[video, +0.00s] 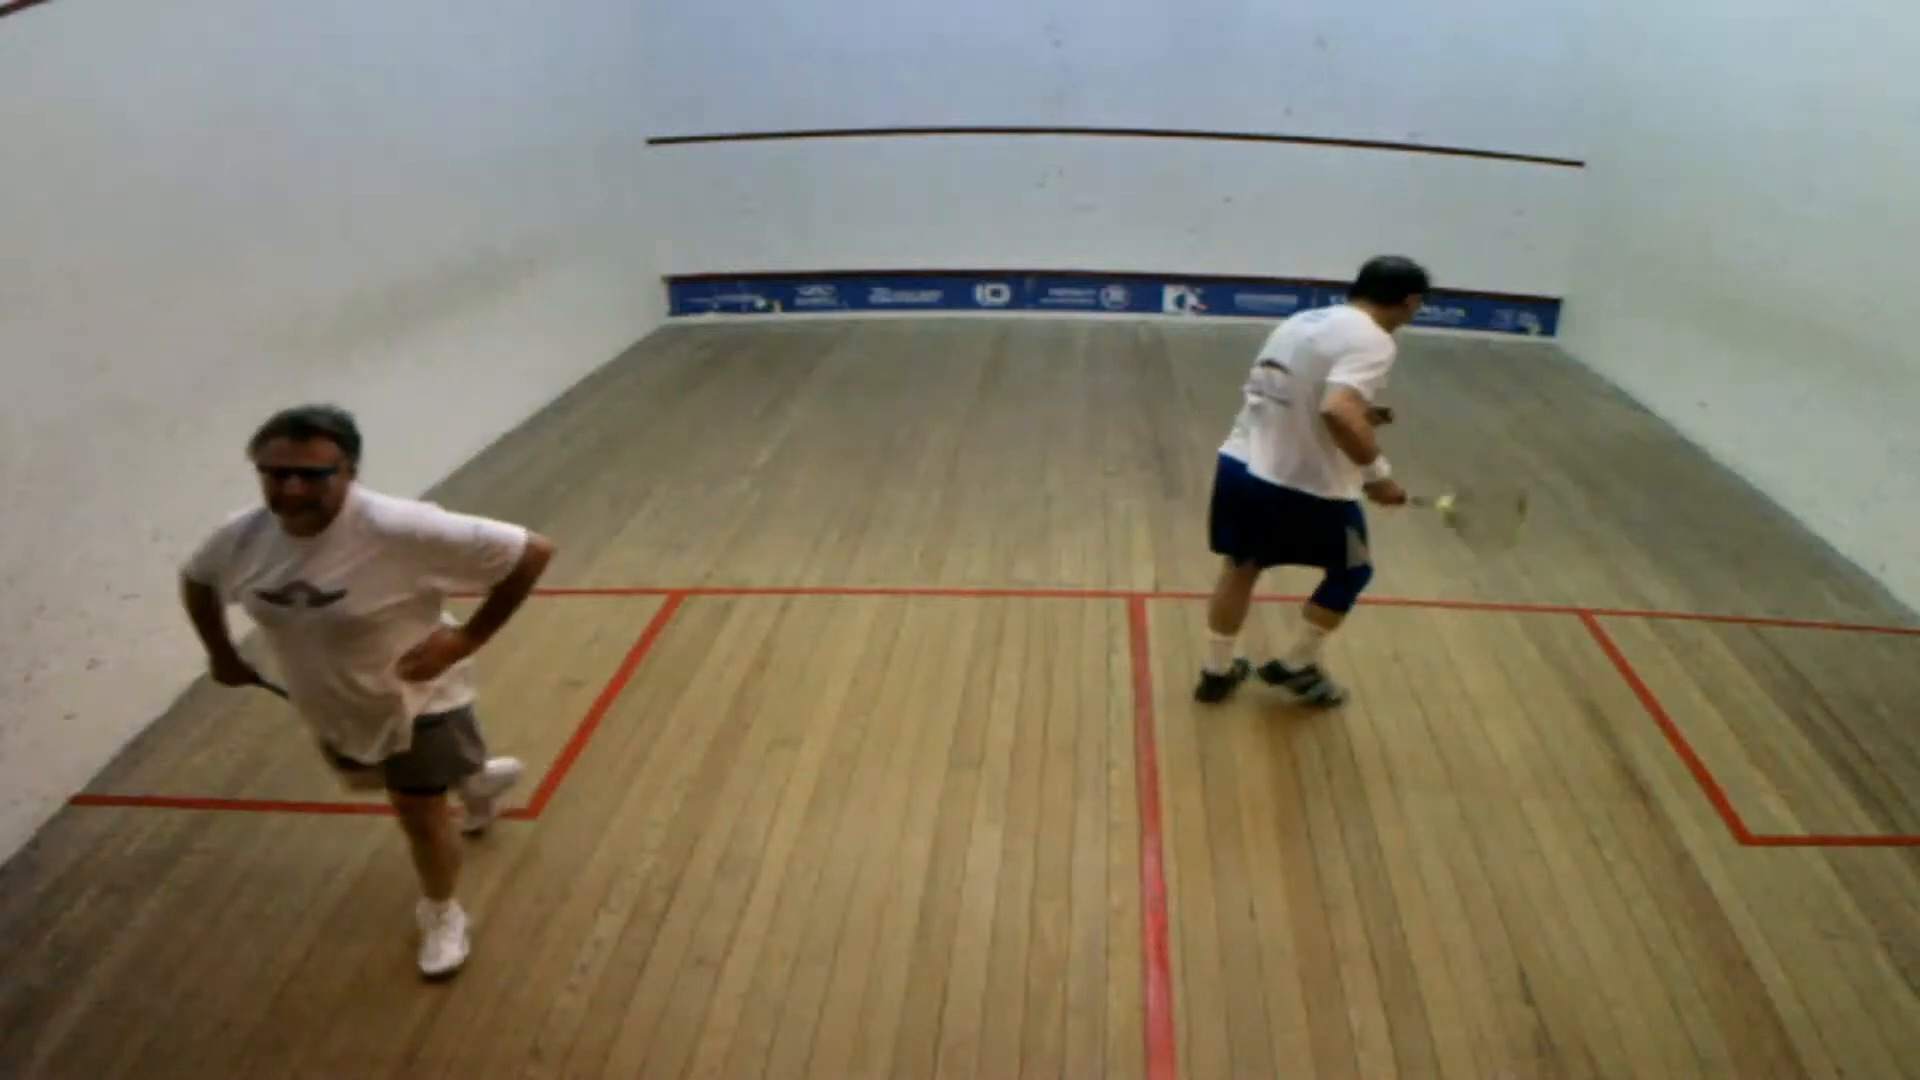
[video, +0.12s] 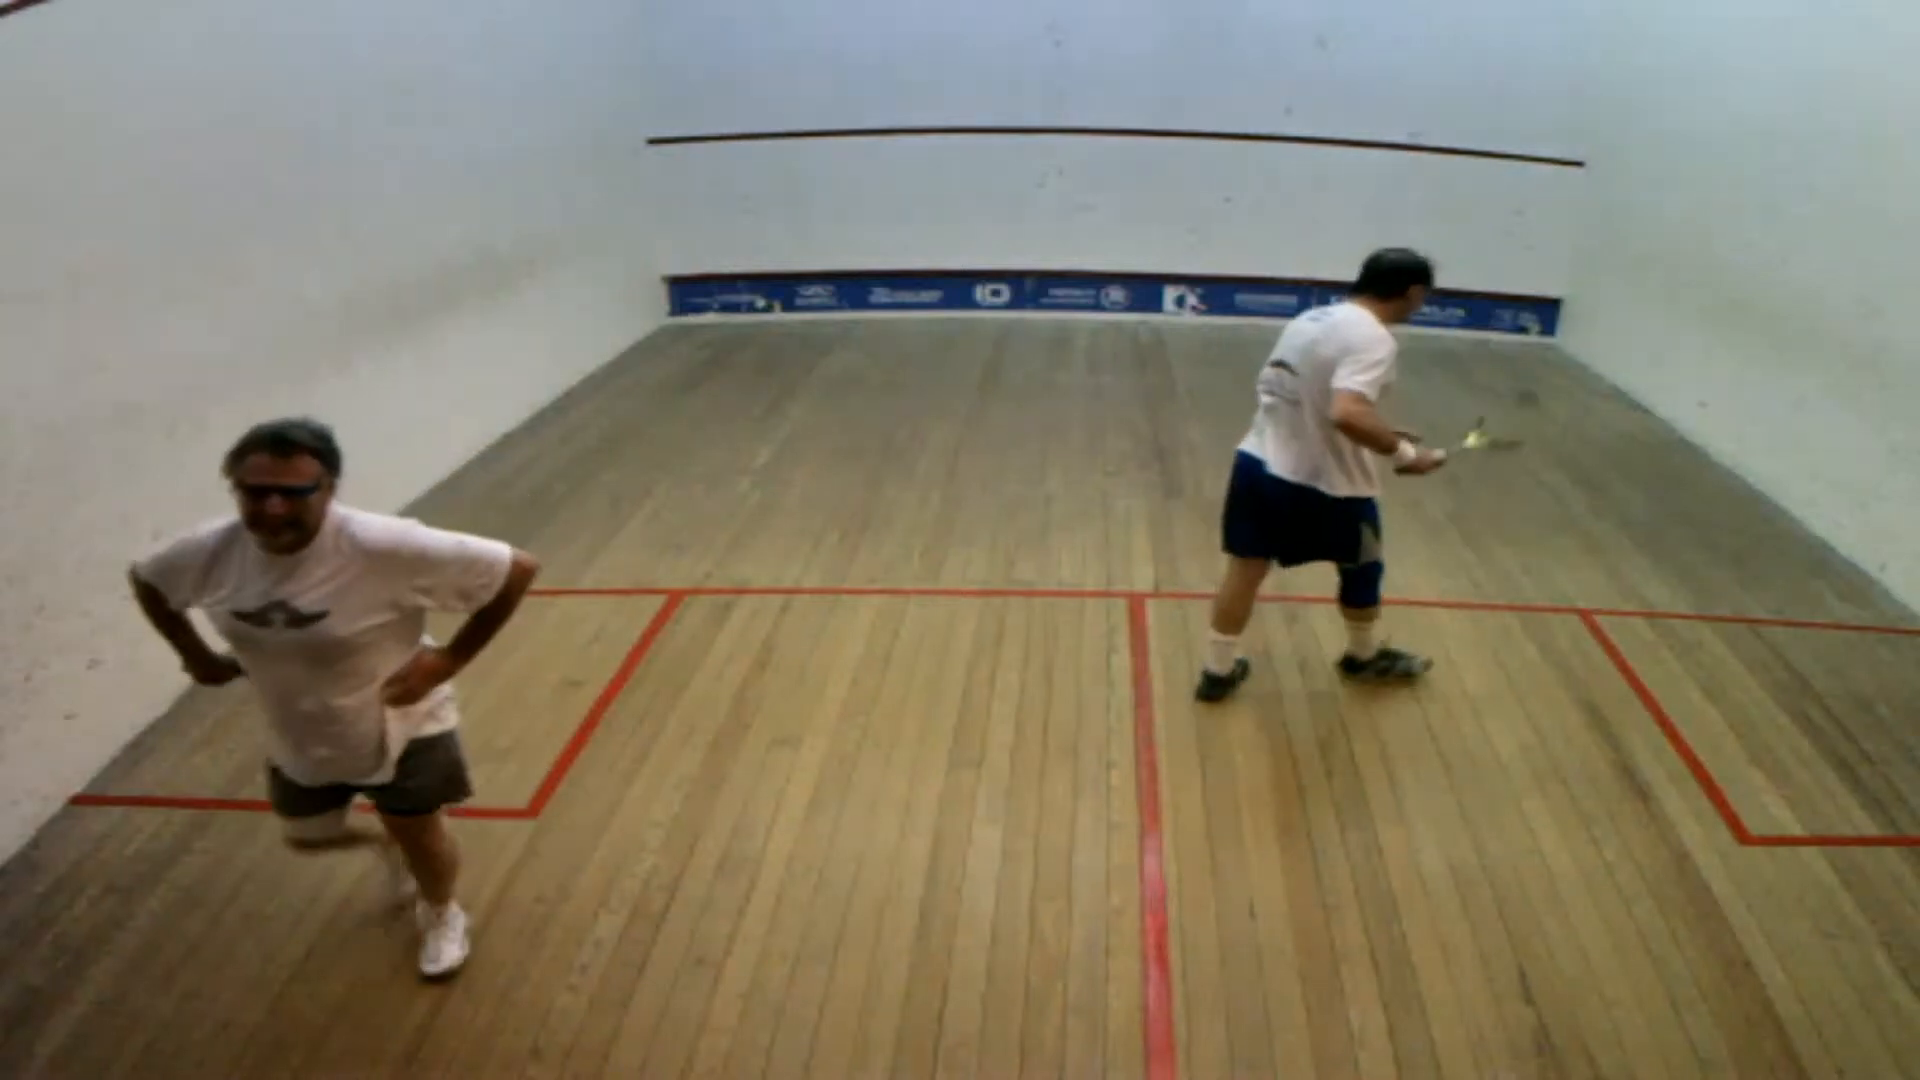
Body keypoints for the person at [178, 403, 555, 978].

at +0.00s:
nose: (292, 490)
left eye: (312, 475)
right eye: (277, 475)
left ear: (349, 476)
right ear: (259, 476)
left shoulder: (393, 530)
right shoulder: (243, 542)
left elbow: (530, 554)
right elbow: (196, 582)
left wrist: (463, 640)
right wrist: (222, 657)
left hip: (417, 704)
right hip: (335, 712)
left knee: (422, 808)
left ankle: (443, 913)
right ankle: (479, 785)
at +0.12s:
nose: (273, 508)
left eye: (293, 493)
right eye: (256, 493)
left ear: (329, 490)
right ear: (236, 493)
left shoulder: (376, 546)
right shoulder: (218, 554)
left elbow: (514, 572)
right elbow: (147, 581)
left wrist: (448, 661)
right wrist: (197, 658)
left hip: (396, 725)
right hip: (305, 739)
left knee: (416, 828)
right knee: (308, 832)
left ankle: (442, 913)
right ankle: (393, 839)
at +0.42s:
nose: (224, 568)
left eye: (244, 549)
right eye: (201, 552)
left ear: (276, 544)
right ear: (176, 553)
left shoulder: (335, 596)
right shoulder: (155, 613)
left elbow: (472, 607)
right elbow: (65, 635)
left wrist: (417, 705)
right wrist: (151, 706)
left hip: (368, 785)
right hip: (264, 814)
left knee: (415, 861)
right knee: (307, 938)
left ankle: (443, 917)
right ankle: (353, 1050)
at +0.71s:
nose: (187, 618)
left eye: (202, 594)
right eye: (157, 604)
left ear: (219, 584)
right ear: (109, 612)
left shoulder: (288, 634)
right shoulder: (71, 697)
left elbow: (412, 640)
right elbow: (5, 764)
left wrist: (379, 748)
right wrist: (99, 817)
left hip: (348, 853)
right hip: (236, 904)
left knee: (434, 956)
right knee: (299, 1002)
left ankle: (444, 983)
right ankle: (359, 1065)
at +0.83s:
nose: (194, 630)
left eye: (205, 605)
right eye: (165, 617)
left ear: (221, 594)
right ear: (108, 627)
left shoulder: (288, 643)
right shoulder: (65, 720)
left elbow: (399, 647)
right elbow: (5, 806)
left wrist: (377, 759)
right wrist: (96, 846)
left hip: (352, 868)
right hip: (240, 922)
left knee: (447, 986)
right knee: (304, 1010)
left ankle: (443, 1052)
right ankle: (361, 1066)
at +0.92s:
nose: (214, 642)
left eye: (222, 615)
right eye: (181, 631)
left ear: (232, 605)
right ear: (117, 643)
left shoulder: (296, 657)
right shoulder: (72, 747)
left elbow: (394, 661)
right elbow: (4, 834)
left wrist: (378, 779)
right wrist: (105, 878)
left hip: (364, 890)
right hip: (249, 945)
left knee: (452, 1014)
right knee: (311, 1023)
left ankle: (456, 1072)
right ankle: (366, 1068)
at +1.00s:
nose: (238, 653)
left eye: (243, 628)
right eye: (208, 642)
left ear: (253, 617)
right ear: (134, 654)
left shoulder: (314, 673)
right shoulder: (91, 766)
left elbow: (400, 679)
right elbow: (5, 860)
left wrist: (390, 804)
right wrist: (117, 906)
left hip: (382, 915)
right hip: (264, 973)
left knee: (453, 1040)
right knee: (321, 1044)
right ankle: (367, 1070)